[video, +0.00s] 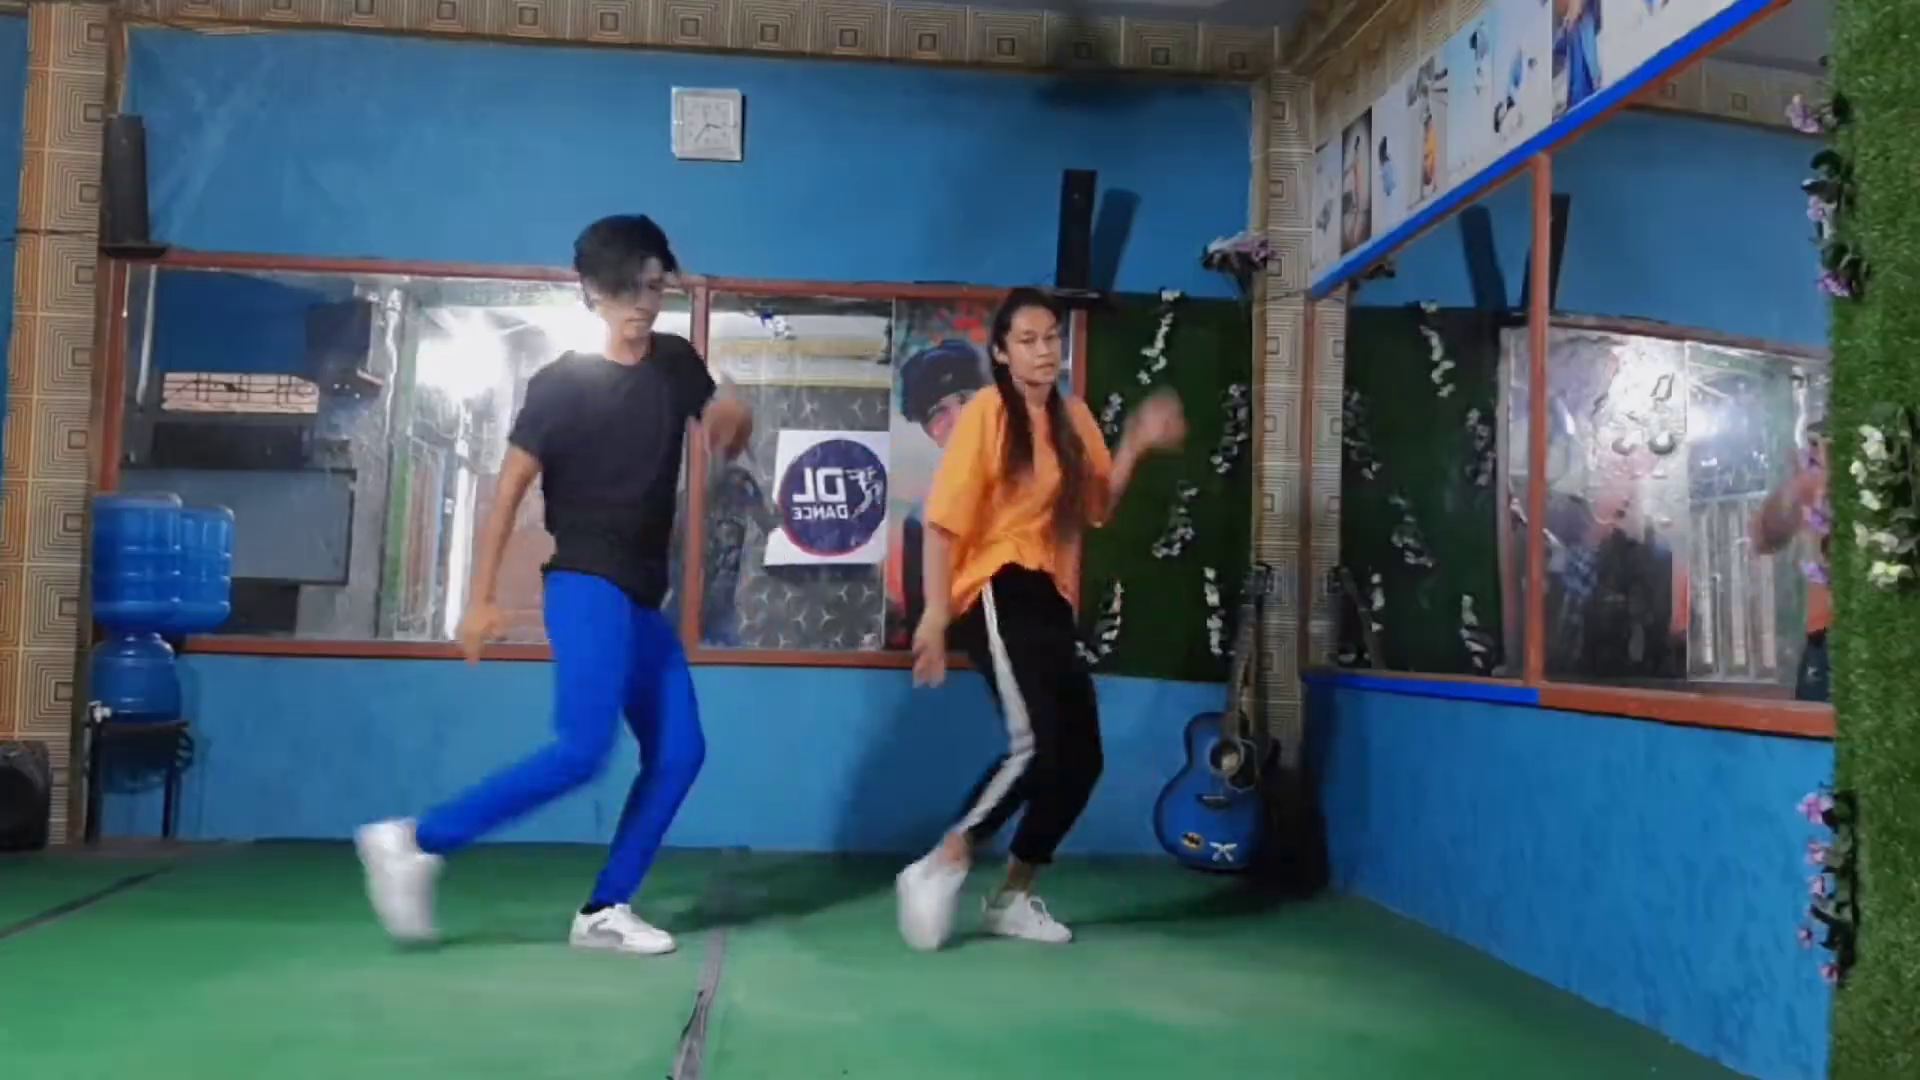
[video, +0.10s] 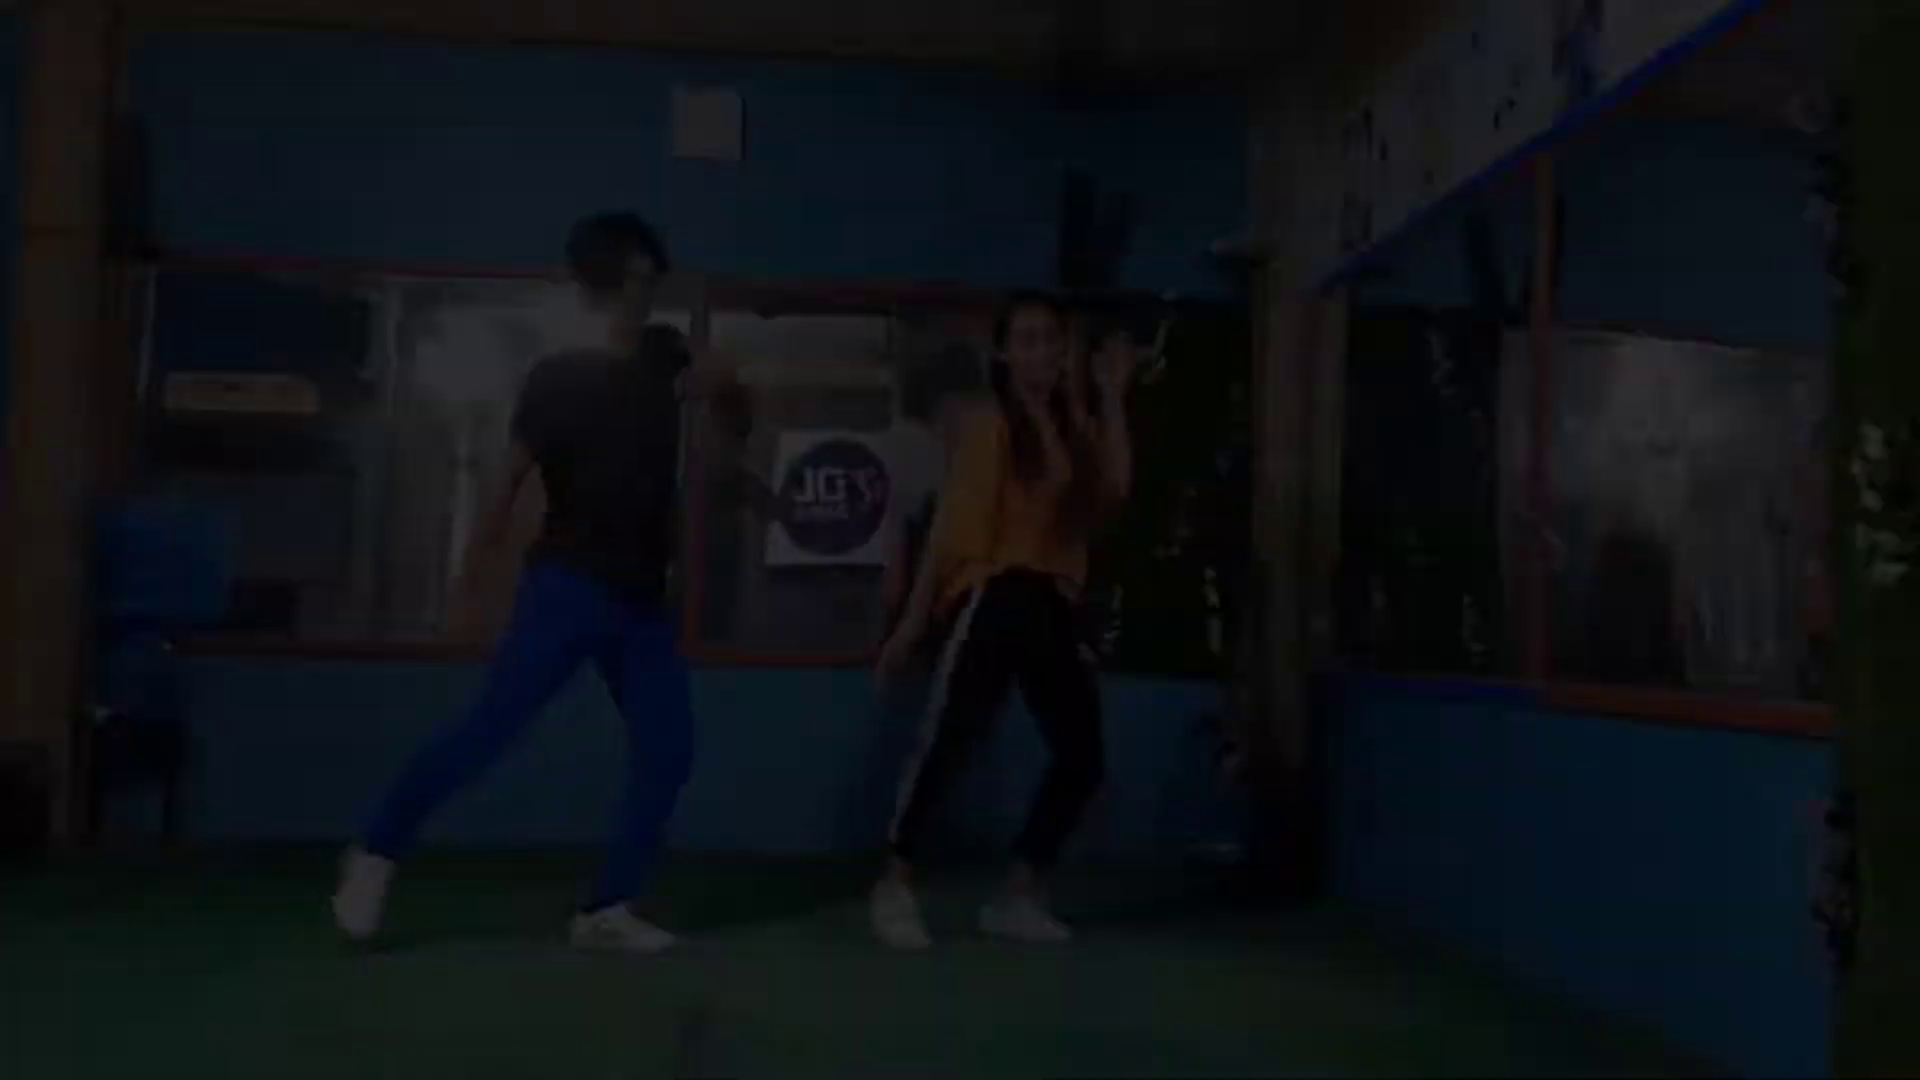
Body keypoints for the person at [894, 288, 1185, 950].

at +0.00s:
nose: (1041, 351)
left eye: (1051, 339)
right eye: (1027, 339)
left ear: (1063, 346)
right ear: (1002, 349)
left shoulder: (1075, 417)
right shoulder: (987, 412)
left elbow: (1098, 508)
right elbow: (941, 520)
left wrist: (1134, 446)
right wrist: (934, 616)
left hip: (1051, 590)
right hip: (998, 585)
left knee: (1080, 755)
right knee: (1033, 745)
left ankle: (1012, 898)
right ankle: (937, 872)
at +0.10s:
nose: (1036, 354)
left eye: (1047, 340)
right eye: (1024, 341)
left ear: (1065, 352)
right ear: (1004, 353)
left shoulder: (1075, 427)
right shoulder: (988, 425)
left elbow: (1113, 488)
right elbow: (951, 531)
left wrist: (1111, 399)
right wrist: (913, 621)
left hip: (1053, 598)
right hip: (990, 593)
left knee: (1079, 750)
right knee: (952, 735)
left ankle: (1020, 891)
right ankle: (897, 882)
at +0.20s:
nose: (1029, 341)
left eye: (1039, 329)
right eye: (1015, 330)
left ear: (1055, 338)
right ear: (993, 340)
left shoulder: (1079, 409)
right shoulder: (967, 416)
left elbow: (1127, 471)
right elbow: (905, 514)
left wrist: (1113, 475)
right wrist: (904, 596)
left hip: (1055, 599)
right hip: (979, 589)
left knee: (1084, 749)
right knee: (904, 702)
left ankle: (1016, 891)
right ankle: (902, 850)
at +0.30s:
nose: (1011, 335)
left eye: (1024, 323)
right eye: (998, 322)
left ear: (1038, 334)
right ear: (975, 331)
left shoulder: (1065, 404)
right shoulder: (943, 409)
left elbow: (1092, 507)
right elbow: (890, 493)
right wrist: (872, 534)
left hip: (1050, 596)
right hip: (967, 590)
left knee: (1090, 743)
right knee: (895, 708)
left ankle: (1026, 883)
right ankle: (888, 872)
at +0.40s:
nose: (992, 339)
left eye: (1005, 329)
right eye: (981, 325)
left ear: (1019, 341)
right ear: (957, 333)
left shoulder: (1044, 407)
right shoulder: (924, 413)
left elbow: (1065, 517)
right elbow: (907, 515)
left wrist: (1071, 610)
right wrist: (856, 443)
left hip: (1029, 591)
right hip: (951, 588)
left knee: (1061, 748)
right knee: (922, 743)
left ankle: (1026, 890)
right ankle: (894, 892)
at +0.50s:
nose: (981, 353)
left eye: (994, 342)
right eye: (969, 338)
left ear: (1007, 353)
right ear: (944, 344)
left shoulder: (1033, 411)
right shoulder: (917, 423)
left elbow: (1056, 527)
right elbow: (898, 526)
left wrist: (1064, 620)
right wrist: (869, 439)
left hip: (1017, 593)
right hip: (944, 590)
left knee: (996, 751)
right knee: (939, 749)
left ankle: (1022, 892)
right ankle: (899, 893)